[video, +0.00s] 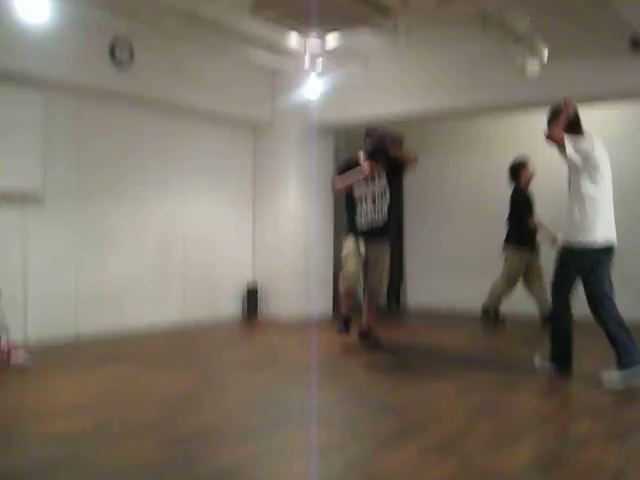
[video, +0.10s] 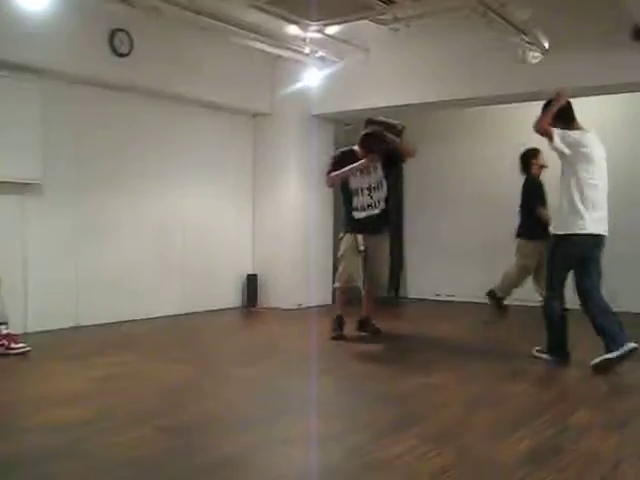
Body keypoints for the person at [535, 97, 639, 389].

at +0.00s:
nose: (550, 134)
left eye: (552, 127)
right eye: (549, 128)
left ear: (563, 124)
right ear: (572, 123)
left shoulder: (586, 146)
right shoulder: (583, 150)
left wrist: (564, 142)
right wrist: (568, 236)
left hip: (589, 240)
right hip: (584, 240)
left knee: (559, 299)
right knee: (603, 304)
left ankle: (560, 361)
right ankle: (629, 363)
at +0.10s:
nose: (549, 128)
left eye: (549, 123)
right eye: (547, 122)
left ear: (558, 120)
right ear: (573, 117)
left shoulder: (576, 141)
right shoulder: (593, 141)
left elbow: (541, 127)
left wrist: (555, 103)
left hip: (572, 231)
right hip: (595, 231)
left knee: (553, 293)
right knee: (590, 292)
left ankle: (557, 351)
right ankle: (618, 342)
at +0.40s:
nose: (533, 130)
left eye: (533, 125)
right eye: (533, 125)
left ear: (537, 122)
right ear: (556, 118)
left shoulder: (549, 141)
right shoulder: (583, 148)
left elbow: (514, 126)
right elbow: (586, 187)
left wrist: (530, 101)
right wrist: (583, 215)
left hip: (548, 227)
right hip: (572, 228)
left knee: (542, 288)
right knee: (565, 283)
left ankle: (548, 347)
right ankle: (573, 339)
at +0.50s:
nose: (534, 133)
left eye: (534, 128)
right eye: (535, 129)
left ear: (540, 125)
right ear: (557, 122)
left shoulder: (548, 143)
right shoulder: (580, 151)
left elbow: (514, 130)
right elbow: (584, 195)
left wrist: (531, 107)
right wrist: (586, 227)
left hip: (547, 228)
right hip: (570, 229)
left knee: (542, 289)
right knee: (564, 284)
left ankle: (549, 348)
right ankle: (571, 337)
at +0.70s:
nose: (532, 134)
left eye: (533, 130)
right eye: (533, 129)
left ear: (542, 129)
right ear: (555, 128)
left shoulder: (553, 147)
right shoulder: (577, 155)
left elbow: (526, 141)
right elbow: (583, 196)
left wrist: (537, 126)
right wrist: (586, 227)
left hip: (553, 229)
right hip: (572, 230)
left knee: (543, 287)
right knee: (560, 285)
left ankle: (549, 343)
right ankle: (570, 333)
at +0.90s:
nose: (534, 140)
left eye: (534, 134)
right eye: (533, 136)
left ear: (544, 126)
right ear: (550, 127)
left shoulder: (561, 146)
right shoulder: (569, 150)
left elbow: (540, 132)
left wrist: (544, 119)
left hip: (566, 222)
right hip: (575, 221)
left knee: (555, 281)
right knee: (561, 281)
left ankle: (565, 339)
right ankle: (562, 332)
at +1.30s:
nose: (550, 135)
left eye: (552, 130)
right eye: (549, 130)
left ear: (564, 127)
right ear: (562, 129)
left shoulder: (584, 147)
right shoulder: (564, 156)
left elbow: (593, 123)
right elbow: (563, 193)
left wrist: (574, 111)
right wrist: (558, 224)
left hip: (588, 222)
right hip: (568, 224)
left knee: (598, 280)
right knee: (564, 282)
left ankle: (620, 334)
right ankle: (568, 333)